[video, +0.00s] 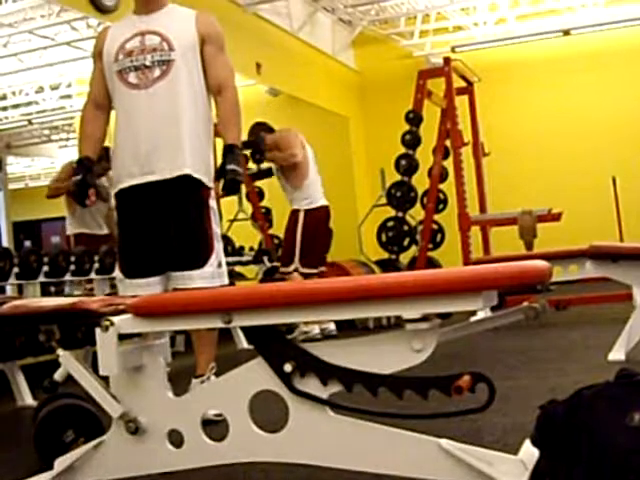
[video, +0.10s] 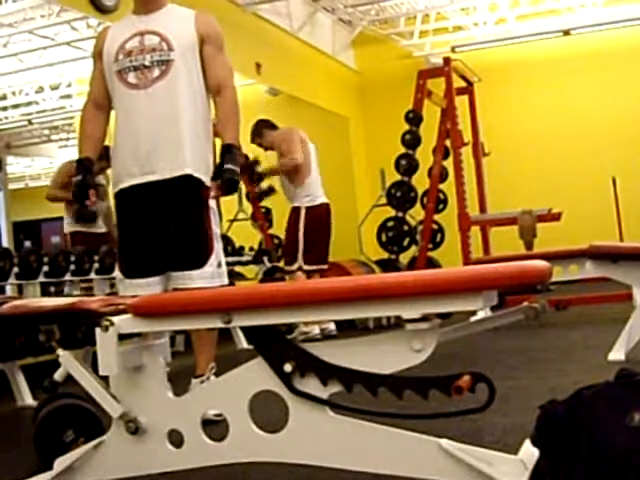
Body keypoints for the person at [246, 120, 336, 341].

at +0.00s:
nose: (259, 149)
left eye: (258, 145)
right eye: (257, 147)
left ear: (262, 136)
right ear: (266, 133)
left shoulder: (285, 135)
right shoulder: (288, 141)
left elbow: (296, 156)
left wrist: (266, 156)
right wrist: (258, 173)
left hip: (306, 210)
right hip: (314, 209)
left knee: (291, 270)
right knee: (311, 270)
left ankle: (309, 322)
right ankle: (324, 319)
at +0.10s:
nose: (266, 149)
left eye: (262, 144)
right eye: (262, 147)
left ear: (264, 134)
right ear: (270, 128)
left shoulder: (287, 135)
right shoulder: (299, 137)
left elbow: (295, 160)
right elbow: (297, 172)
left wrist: (265, 171)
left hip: (305, 207)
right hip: (317, 205)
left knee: (294, 268)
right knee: (314, 269)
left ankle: (308, 322)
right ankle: (324, 319)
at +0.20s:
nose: (265, 149)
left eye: (261, 144)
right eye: (261, 147)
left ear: (263, 134)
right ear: (270, 128)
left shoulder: (285, 135)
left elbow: (293, 166)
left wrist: (266, 187)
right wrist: (272, 206)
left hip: (304, 207)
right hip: (317, 205)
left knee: (298, 270)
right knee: (315, 269)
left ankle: (309, 323)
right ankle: (324, 319)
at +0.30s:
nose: (260, 152)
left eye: (256, 147)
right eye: (256, 150)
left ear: (257, 137)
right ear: (263, 131)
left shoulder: (279, 140)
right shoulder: (292, 140)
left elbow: (290, 173)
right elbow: (300, 174)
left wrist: (276, 207)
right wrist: (275, 208)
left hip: (301, 207)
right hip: (316, 204)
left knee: (299, 270)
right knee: (316, 270)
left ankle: (309, 324)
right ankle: (326, 319)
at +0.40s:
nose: (252, 154)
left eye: (248, 150)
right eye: (248, 151)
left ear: (250, 141)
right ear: (257, 134)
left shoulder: (273, 143)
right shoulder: (284, 143)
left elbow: (286, 177)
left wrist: (285, 214)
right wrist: (285, 214)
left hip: (303, 208)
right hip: (315, 204)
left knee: (298, 271)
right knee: (316, 270)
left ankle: (310, 324)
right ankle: (327, 320)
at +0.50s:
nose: (244, 159)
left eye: (241, 154)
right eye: (240, 156)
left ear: (244, 144)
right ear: (250, 140)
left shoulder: (268, 149)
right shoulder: (280, 146)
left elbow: (282, 180)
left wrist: (292, 208)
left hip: (299, 208)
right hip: (314, 205)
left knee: (298, 271)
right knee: (315, 269)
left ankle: (310, 324)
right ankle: (328, 320)